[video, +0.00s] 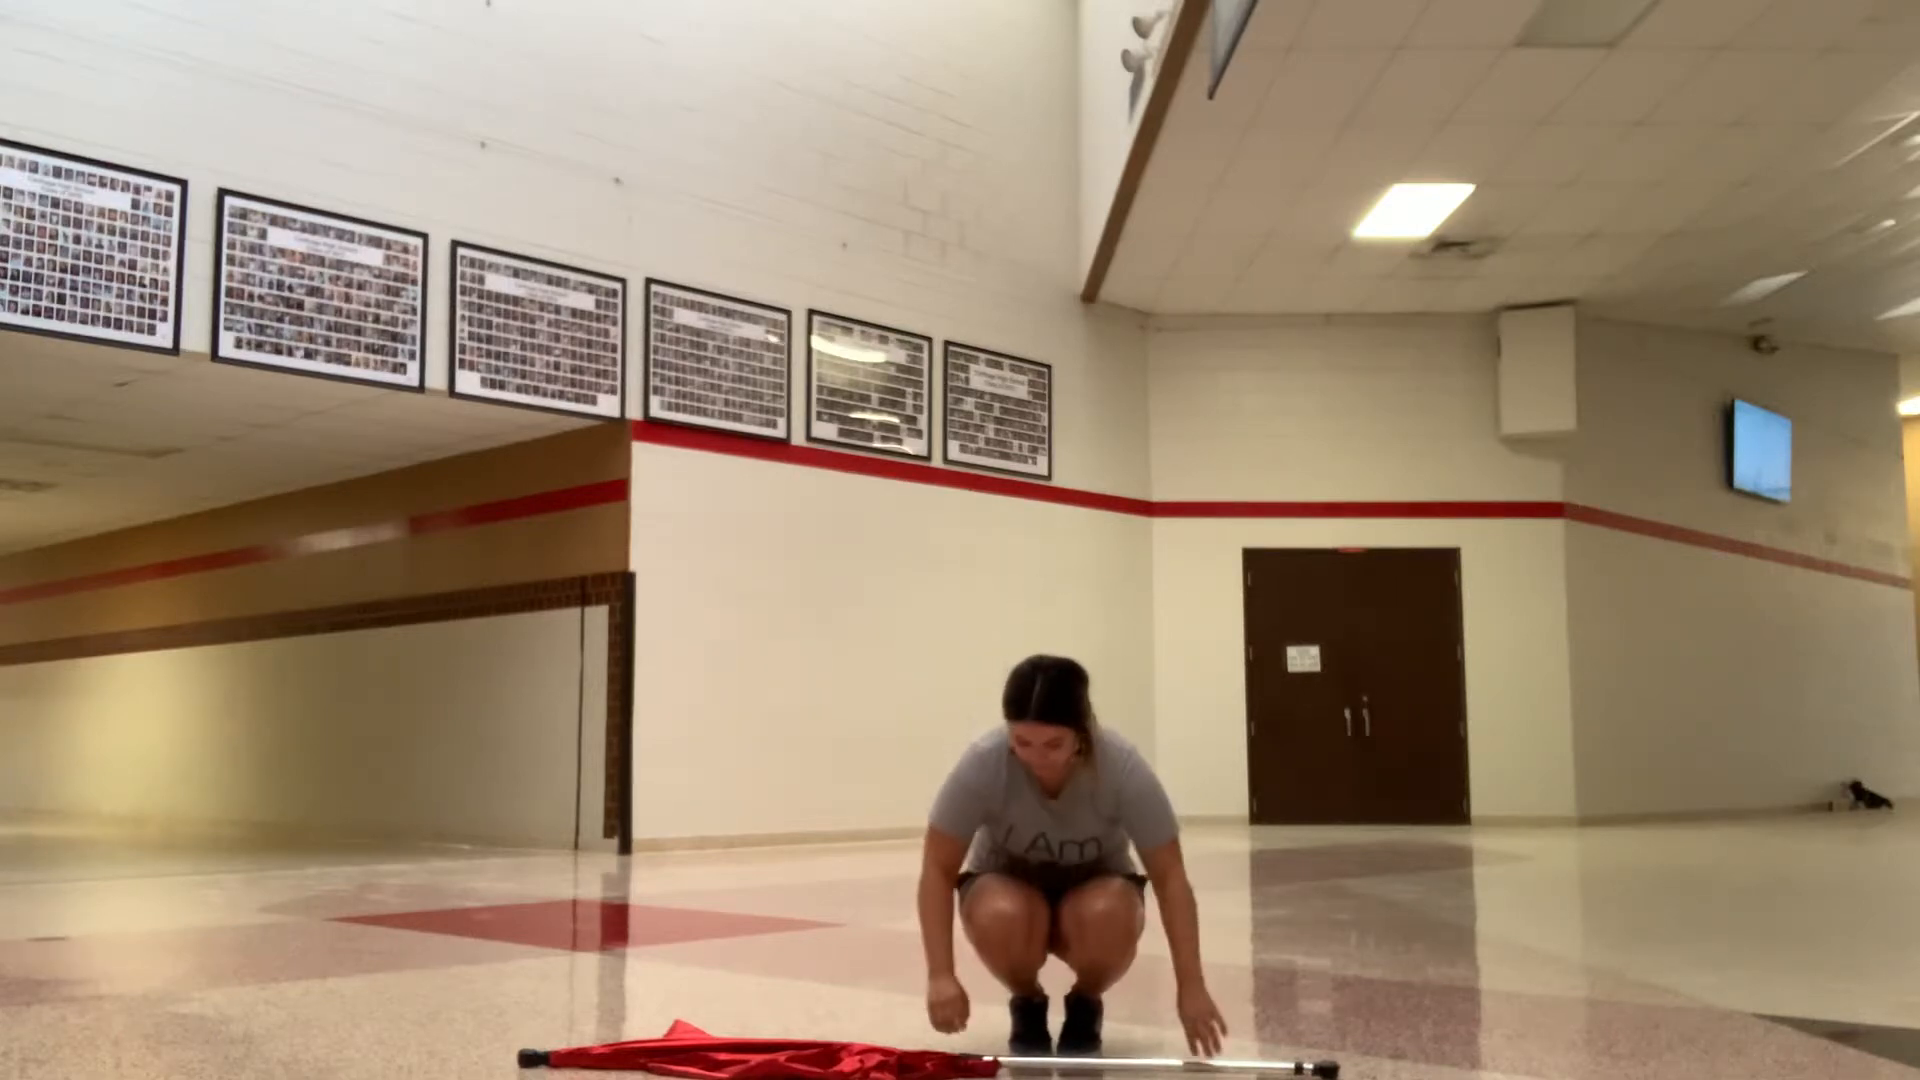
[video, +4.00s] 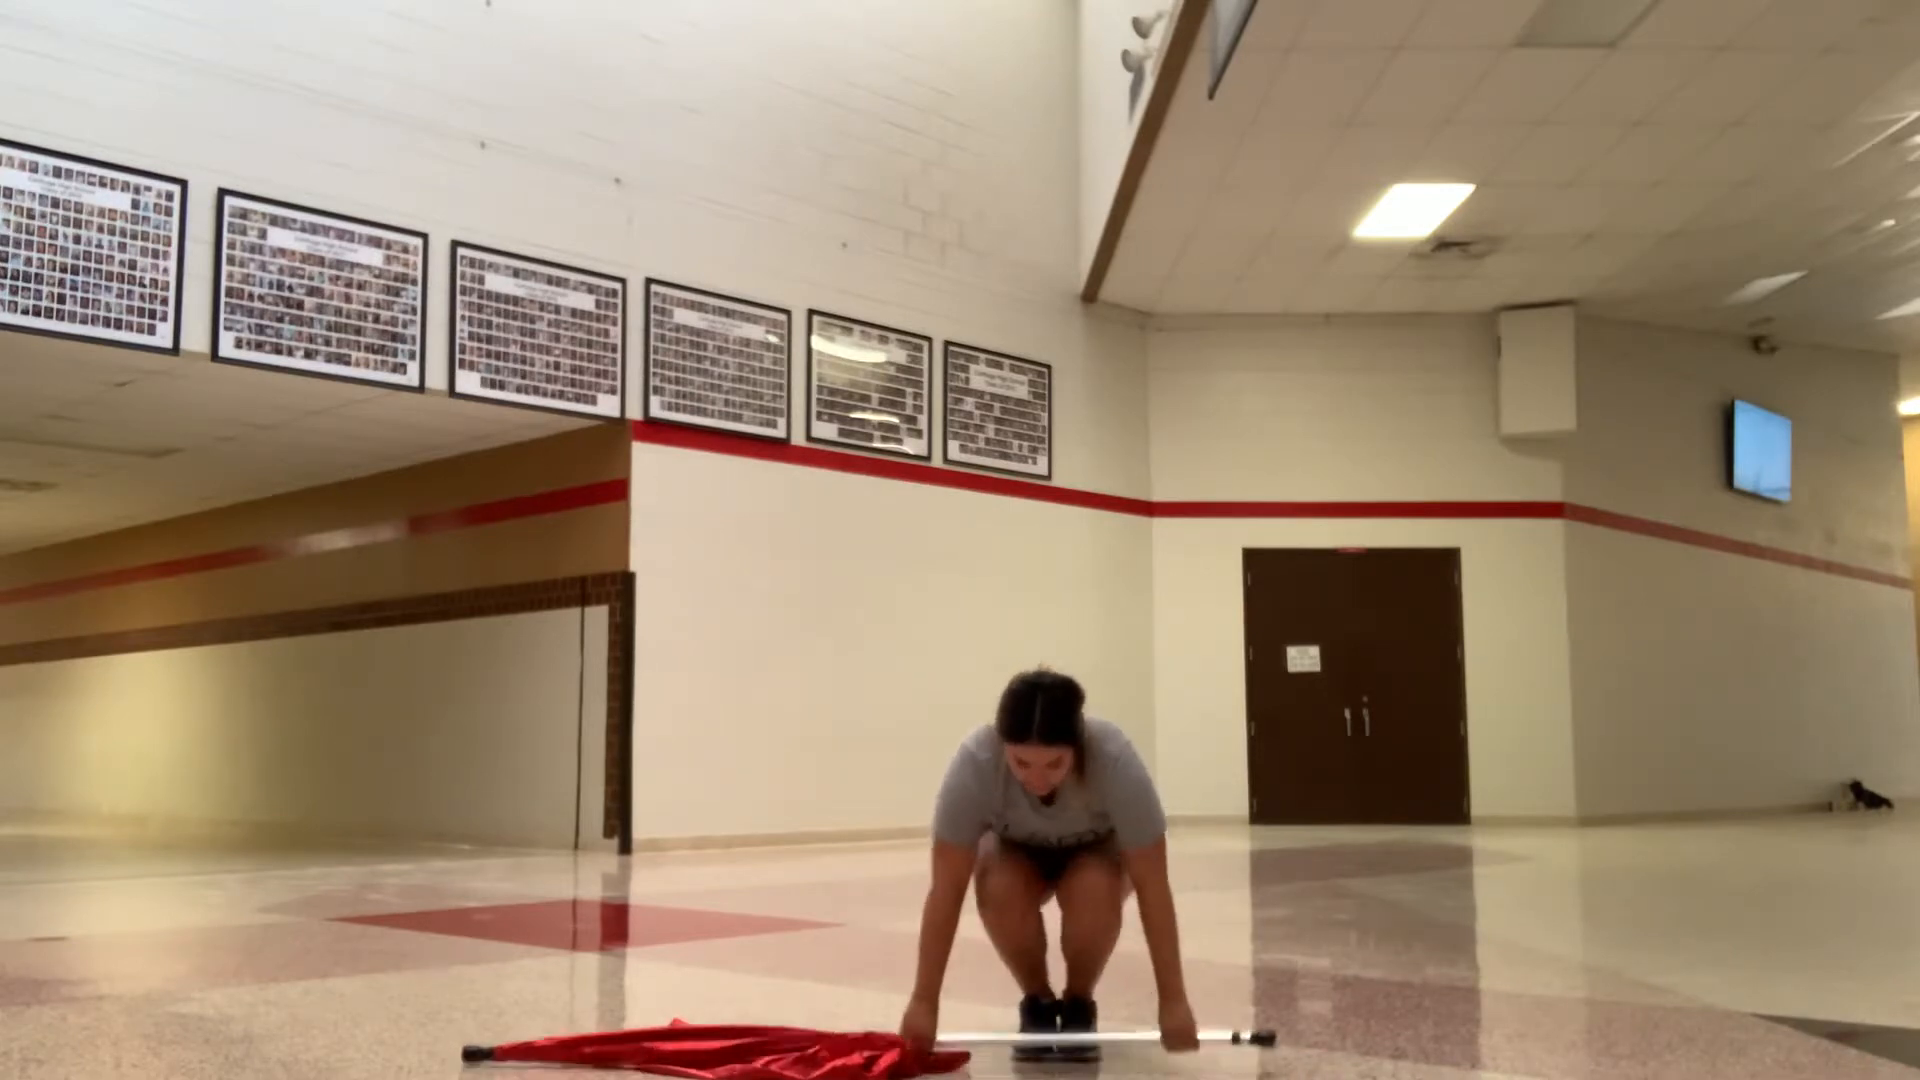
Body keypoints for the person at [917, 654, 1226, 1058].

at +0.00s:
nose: (1038, 759)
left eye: (1053, 745)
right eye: (1023, 743)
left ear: (1081, 733)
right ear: (1010, 729)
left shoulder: (1122, 770)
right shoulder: (983, 766)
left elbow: (1169, 878)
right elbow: (938, 869)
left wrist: (1192, 987)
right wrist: (941, 976)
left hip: (1094, 886)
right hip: (1009, 885)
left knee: (1107, 915)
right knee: (1000, 916)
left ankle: (1086, 1002)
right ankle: (1026, 1001)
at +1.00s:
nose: (1023, 788)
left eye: (1038, 776)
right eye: (1009, 775)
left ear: (1068, 758)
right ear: (996, 758)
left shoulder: (1116, 783)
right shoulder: (974, 785)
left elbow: (1156, 903)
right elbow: (937, 903)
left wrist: (1178, 1016)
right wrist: (917, 1014)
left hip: (1089, 913)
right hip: (1017, 912)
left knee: (1106, 913)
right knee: (992, 911)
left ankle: (1084, 1004)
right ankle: (1025, 1004)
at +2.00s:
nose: (1051, 806)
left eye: (1067, 790)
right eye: (1034, 791)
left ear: (1085, 772)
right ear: (1012, 774)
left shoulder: (1124, 791)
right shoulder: (975, 787)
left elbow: (1155, 910)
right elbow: (940, 903)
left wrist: (1174, 1024)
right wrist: (924, 1018)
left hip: (1092, 905)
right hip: (1018, 906)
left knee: (1099, 922)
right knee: (986, 915)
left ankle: (1080, 1002)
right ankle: (1028, 1002)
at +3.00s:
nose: (1046, 804)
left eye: (1062, 789)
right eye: (1030, 789)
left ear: (1081, 770)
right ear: (1010, 773)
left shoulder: (1121, 788)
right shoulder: (975, 786)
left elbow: (1156, 906)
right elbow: (942, 902)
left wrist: (1173, 1022)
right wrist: (924, 1017)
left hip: (1092, 909)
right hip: (1019, 909)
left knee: (1102, 920)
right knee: (987, 917)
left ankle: (1082, 1004)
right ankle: (1032, 1002)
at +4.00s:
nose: (1037, 779)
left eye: (1053, 765)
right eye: (1022, 765)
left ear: (1076, 746)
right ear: (1004, 746)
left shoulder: (1115, 761)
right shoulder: (975, 765)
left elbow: (1153, 887)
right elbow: (945, 891)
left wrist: (1173, 1001)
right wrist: (924, 1002)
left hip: (1094, 847)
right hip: (1018, 848)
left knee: (1093, 890)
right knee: (999, 888)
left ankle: (1079, 1004)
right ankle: (1037, 1002)